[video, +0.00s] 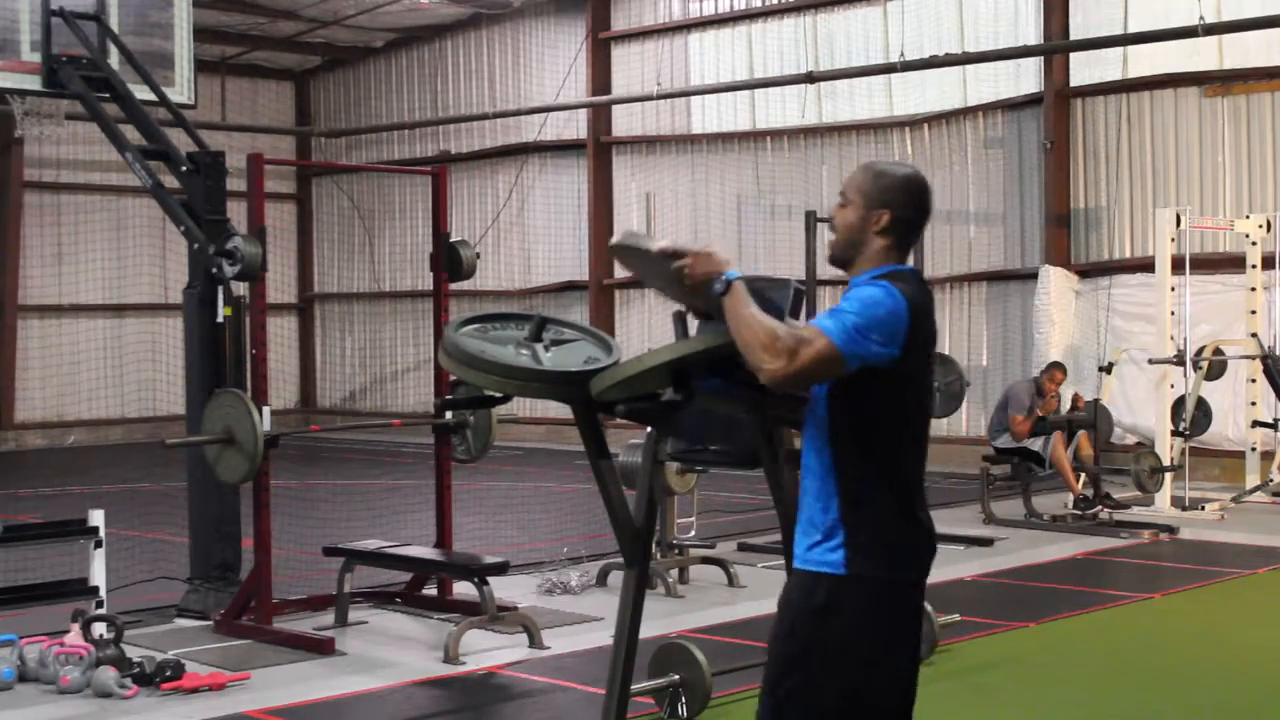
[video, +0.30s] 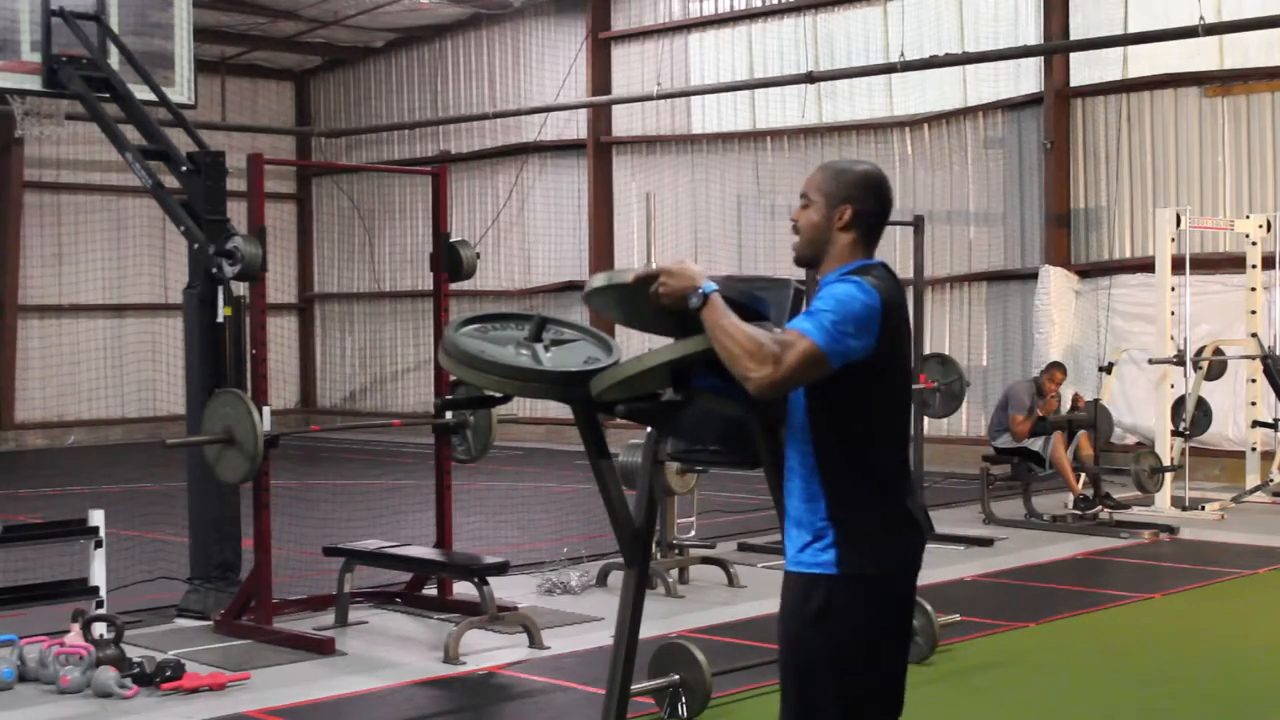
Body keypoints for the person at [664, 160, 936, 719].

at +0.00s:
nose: (830, 214)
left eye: (842, 203)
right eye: (837, 201)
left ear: (881, 221)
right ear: (884, 225)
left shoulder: (883, 298)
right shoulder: (890, 293)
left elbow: (783, 361)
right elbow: (799, 349)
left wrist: (724, 281)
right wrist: (724, 296)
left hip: (849, 566)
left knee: (798, 706)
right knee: (856, 707)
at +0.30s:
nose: (793, 215)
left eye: (806, 203)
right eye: (798, 202)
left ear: (844, 217)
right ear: (846, 219)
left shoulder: (857, 296)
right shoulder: (848, 289)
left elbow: (766, 369)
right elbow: (777, 350)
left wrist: (701, 293)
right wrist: (702, 298)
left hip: (845, 559)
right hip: (834, 550)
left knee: (827, 707)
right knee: (824, 703)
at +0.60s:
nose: (780, 220)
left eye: (791, 208)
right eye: (784, 207)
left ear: (832, 217)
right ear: (835, 219)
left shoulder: (848, 296)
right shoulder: (845, 288)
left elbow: (763, 369)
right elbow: (771, 354)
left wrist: (696, 295)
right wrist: (699, 305)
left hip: (840, 565)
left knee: (822, 709)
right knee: (845, 706)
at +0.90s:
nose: (785, 221)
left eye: (796, 208)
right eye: (788, 208)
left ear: (835, 217)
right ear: (837, 220)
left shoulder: (852, 291)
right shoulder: (843, 285)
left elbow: (770, 351)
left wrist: (731, 258)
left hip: (847, 563)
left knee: (829, 707)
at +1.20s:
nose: (811, 225)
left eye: (822, 212)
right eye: (812, 213)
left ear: (866, 222)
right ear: (865, 222)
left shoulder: (876, 299)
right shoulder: (884, 288)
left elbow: (799, 362)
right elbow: (840, 318)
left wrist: (761, 260)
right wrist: (801, 268)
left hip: (858, 572)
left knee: (832, 705)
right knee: (872, 705)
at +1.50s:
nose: (821, 238)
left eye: (832, 223)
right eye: (821, 223)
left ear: (880, 228)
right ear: (874, 231)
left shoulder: (911, 330)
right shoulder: (883, 315)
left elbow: (904, 473)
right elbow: (876, 447)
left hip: (899, 599)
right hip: (856, 589)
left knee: (893, 711)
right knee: (825, 707)